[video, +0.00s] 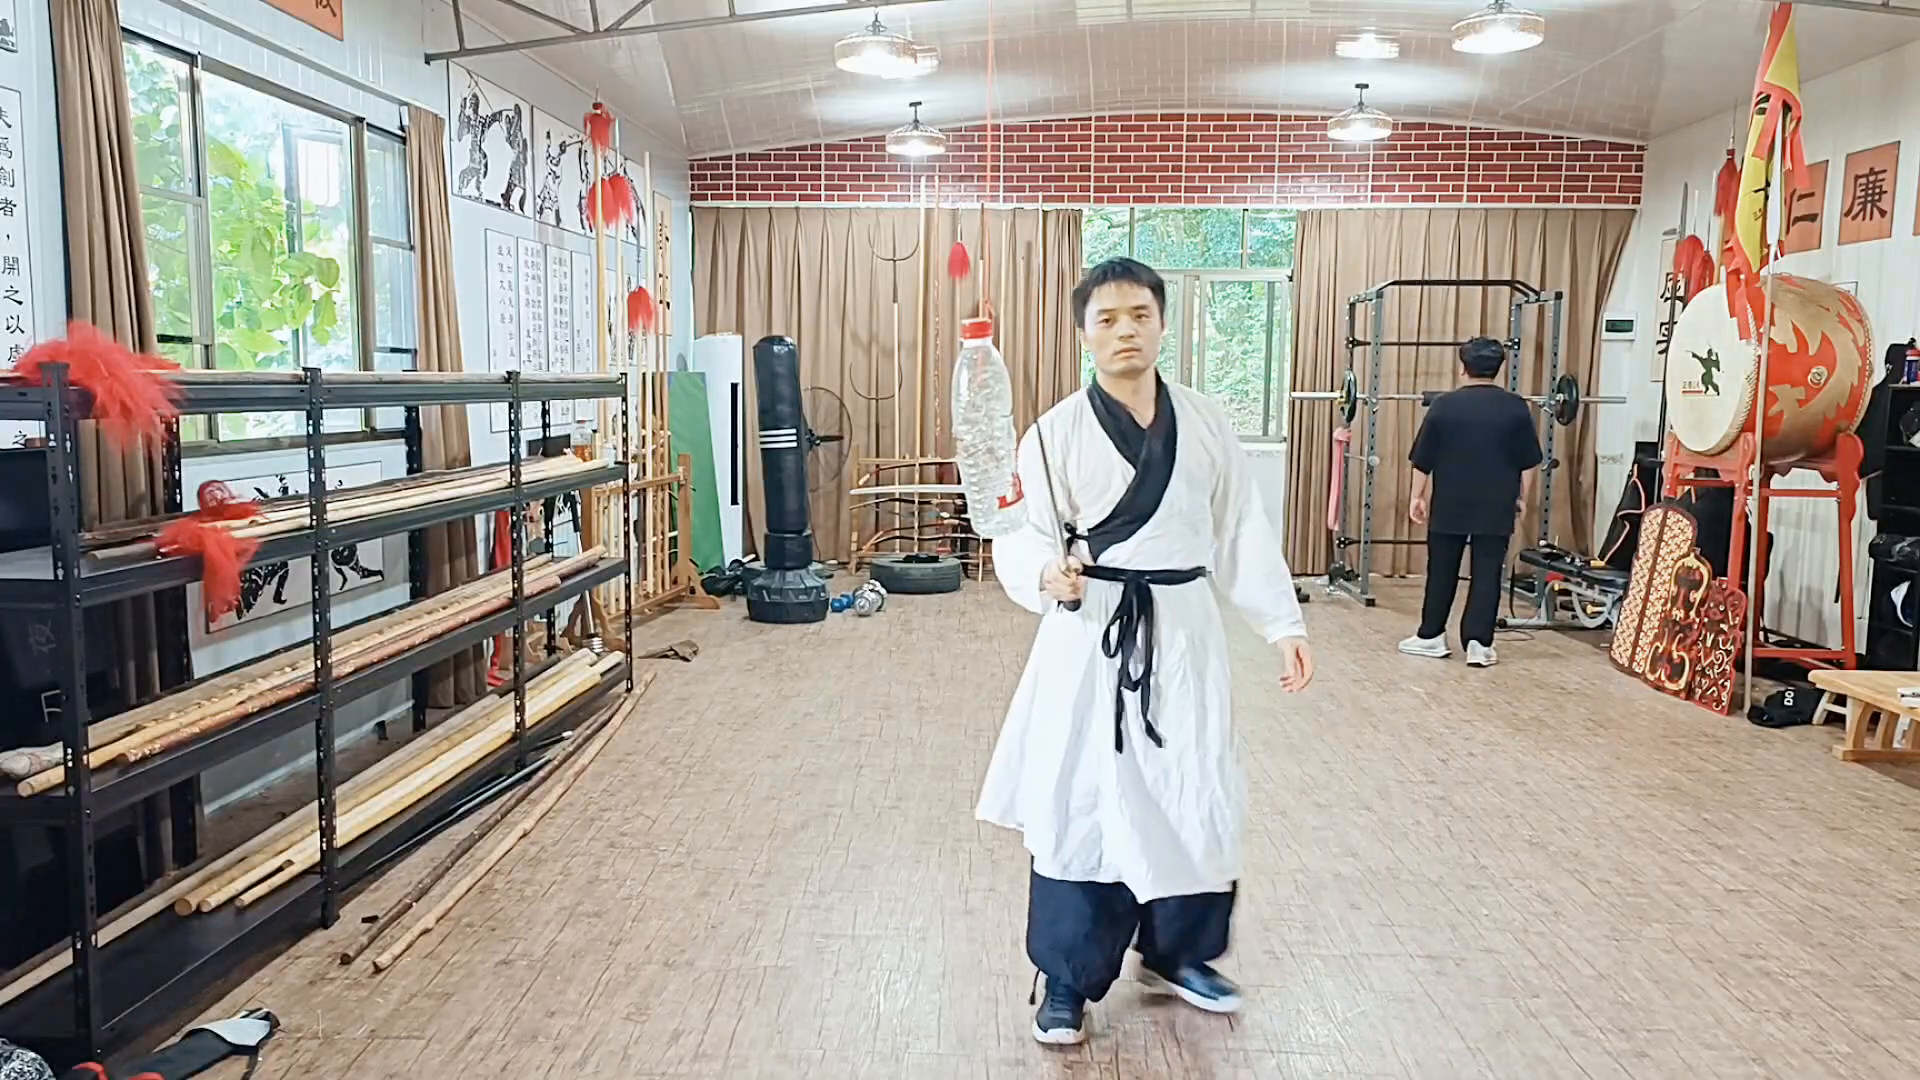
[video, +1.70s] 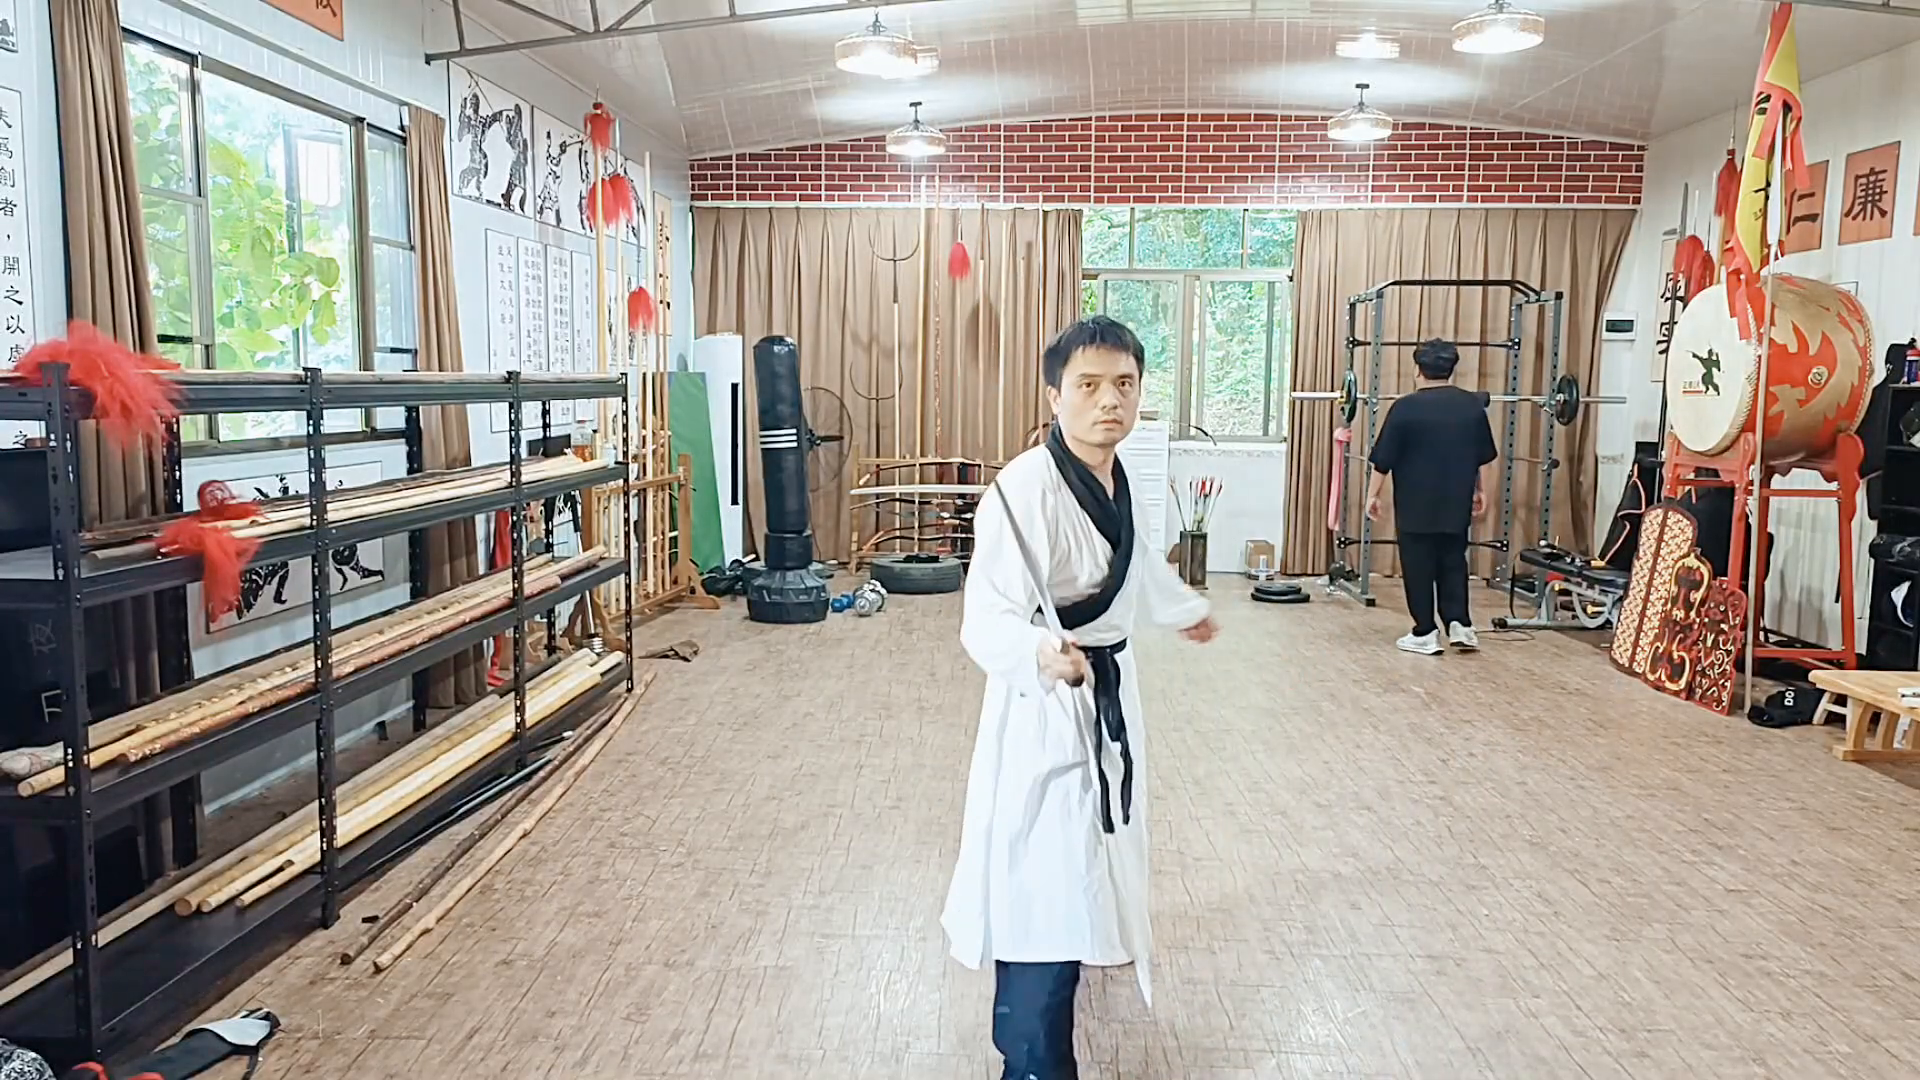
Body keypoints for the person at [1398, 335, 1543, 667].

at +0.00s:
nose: (1457, 369)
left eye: (1460, 365)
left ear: (1464, 368)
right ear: (1499, 369)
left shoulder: (1445, 404)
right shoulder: (1515, 407)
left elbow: (1424, 458)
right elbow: (1530, 461)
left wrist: (1417, 494)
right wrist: (1523, 499)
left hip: (1449, 506)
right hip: (1495, 510)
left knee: (1440, 575)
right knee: (1486, 579)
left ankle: (1430, 638)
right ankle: (1478, 645)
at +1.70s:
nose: (1415, 370)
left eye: (1417, 366)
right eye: (1419, 365)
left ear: (1419, 370)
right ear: (1451, 370)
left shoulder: (1405, 407)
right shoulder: (1471, 405)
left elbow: (1383, 458)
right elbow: (1485, 455)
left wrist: (1373, 495)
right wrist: (1483, 490)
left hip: (1414, 508)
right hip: (1456, 506)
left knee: (1417, 569)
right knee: (1453, 563)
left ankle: (1424, 633)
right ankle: (1459, 625)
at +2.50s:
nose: (1406, 380)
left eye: (1408, 376)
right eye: (1409, 375)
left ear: (1412, 381)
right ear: (1441, 381)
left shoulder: (1402, 418)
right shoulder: (1457, 415)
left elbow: (1384, 473)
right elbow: (1471, 467)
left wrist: (1376, 512)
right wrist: (1466, 505)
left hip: (1408, 512)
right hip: (1444, 512)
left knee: (1401, 573)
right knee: (1435, 564)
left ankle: (1424, 633)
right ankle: (1430, 621)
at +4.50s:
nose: (1443, 373)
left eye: (1444, 369)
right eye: (1446, 368)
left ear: (1448, 371)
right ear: (1481, 370)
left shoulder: (1434, 405)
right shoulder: (1496, 406)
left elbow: (1414, 457)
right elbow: (1511, 457)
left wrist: (1407, 495)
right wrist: (1513, 495)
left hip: (1437, 505)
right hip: (1480, 508)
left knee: (1430, 565)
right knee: (1472, 573)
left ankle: (1429, 627)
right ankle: (1463, 637)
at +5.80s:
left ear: (1430, 364)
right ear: (1463, 366)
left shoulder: (1412, 401)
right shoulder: (1478, 402)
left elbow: (1389, 454)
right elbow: (1493, 456)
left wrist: (1384, 489)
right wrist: (1492, 494)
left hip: (1419, 505)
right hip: (1462, 505)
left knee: (1423, 570)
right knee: (1461, 569)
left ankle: (1427, 635)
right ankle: (1464, 636)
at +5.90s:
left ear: (1428, 366)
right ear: (1461, 367)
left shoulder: (1409, 402)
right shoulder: (1477, 404)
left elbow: (1387, 455)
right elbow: (1491, 457)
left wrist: (1383, 490)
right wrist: (1489, 494)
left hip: (1418, 506)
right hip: (1461, 506)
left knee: (1422, 570)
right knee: (1460, 569)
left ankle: (1427, 635)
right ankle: (1464, 636)